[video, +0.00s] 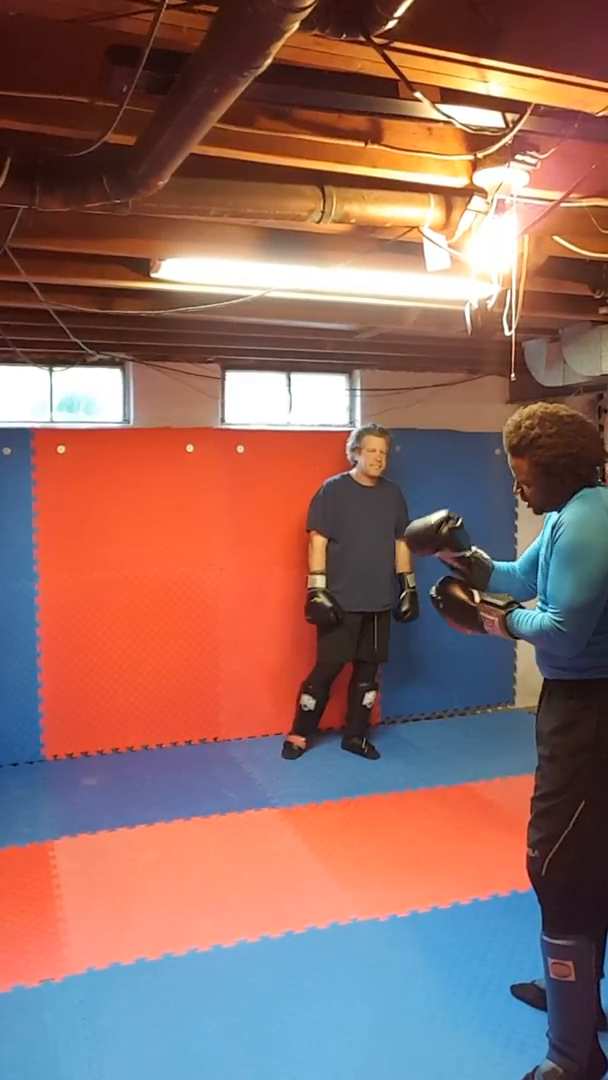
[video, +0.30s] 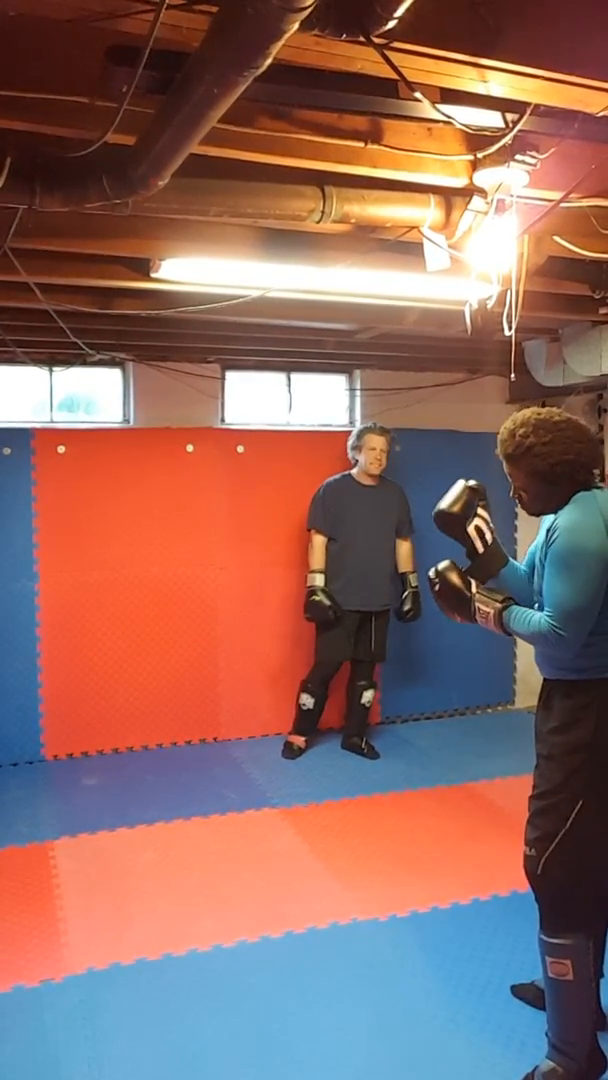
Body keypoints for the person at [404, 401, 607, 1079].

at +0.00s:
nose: (515, 482)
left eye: (521, 470)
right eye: (512, 470)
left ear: (555, 466)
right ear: (556, 466)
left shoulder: (584, 519)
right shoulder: (567, 514)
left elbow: (563, 624)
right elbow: (518, 580)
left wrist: (504, 616)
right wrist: (466, 557)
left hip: (584, 714)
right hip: (572, 705)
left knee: (563, 867)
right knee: (565, 854)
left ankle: (575, 1057)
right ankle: (575, 986)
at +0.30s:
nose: (512, 487)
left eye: (518, 476)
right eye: (510, 476)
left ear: (552, 472)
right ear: (556, 468)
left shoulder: (578, 522)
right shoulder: (569, 512)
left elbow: (561, 629)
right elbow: (522, 585)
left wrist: (497, 613)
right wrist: (481, 546)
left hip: (583, 712)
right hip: (575, 704)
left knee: (561, 867)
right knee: (569, 854)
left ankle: (575, 1056)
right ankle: (574, 985)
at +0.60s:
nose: (527, 453)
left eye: (542, 443)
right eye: (527, 442)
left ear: (580, 454)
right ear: (543, 452)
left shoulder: (583, 512)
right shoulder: (551, 506)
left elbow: (548, 620)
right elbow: (526, 591)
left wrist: (487, 595)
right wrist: (494, 565)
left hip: (586, 707)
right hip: (568, 701)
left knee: (555, 860)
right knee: (570, 850)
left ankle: (578, 1057)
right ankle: (571, 983)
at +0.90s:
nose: (528, 439)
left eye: (544, 430)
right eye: (525, 431)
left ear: (580, 446)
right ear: (524, 446)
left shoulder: (590, 508)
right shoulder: (525, 510)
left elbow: (582, 624)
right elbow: (500, 592)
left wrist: (492, 617)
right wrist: (452, 593)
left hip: (581, 712)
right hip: (547, 708)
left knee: (554, 872)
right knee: (569, 861)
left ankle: (542, 1062)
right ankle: (577, 992)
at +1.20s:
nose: (523, 439)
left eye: (539, 430)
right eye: (519, 431)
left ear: (578, 444)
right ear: (512, 444)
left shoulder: (594, 504)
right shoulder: (506, 510)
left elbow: (602, 597)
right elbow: (455, 572)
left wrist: (537, 588)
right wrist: (435, 524)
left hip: (574, 705)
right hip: (517, 703)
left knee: (539, 871)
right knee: (525, 853)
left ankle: (542, 1063)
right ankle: (572, 980)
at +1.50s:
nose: (524, 439)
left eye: (538, 429)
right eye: (516, 429)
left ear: (566, 441)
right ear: (502, 442)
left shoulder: (589, 503)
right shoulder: (494, 498)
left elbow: (603, 517)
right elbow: (414, 515)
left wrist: (576, 434)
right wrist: (415, 456)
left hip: (570, 717)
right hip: (497, 710)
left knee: (542, 888)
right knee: (477, 843)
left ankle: (546, 1061)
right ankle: (503, 974)